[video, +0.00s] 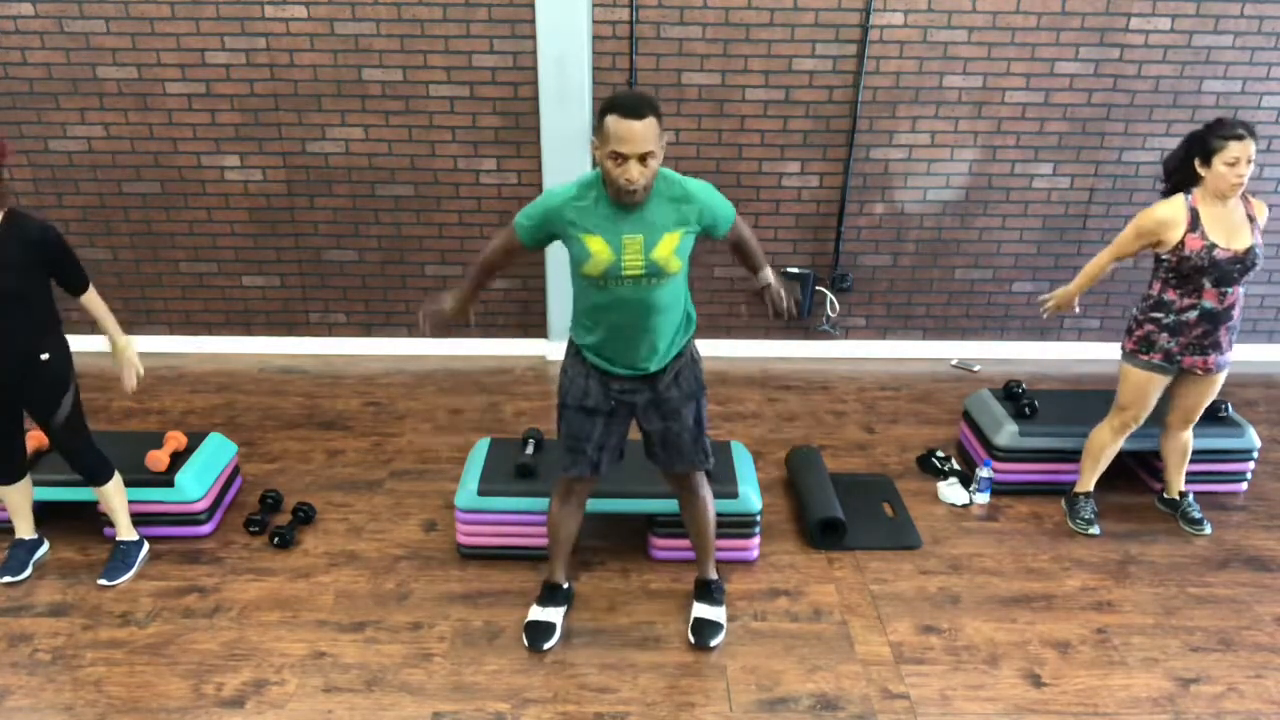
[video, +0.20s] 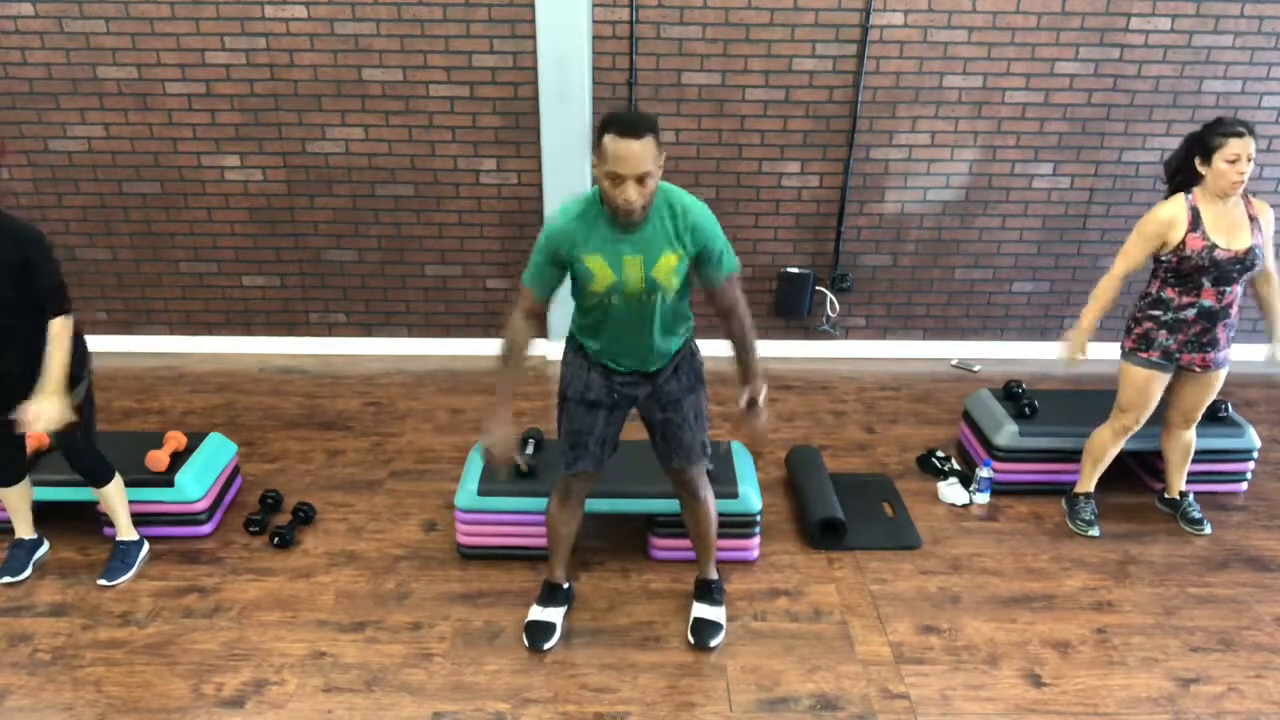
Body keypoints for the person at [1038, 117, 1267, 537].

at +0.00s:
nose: (1244, 173)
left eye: (1249, 163)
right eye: (1233, 164)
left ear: (1253, 164)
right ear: (1203, 166)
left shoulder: (1255, 211)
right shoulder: (1168, 215)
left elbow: (1227, 266)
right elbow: (1109, 257)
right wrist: (1070, 293)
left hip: (1213, 341)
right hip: (1160, 336)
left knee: (1183, 424)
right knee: (1124, 420)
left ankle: (1175, 494)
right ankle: (1081, 493)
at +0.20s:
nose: (1243, 170)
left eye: (1248, 161)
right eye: (1233, 161)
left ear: (1253, 164)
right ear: (1203, 164)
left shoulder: (1257, 214)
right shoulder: (1171, 215)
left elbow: (1265, 279)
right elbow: (1117, 273)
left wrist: (1277, 333)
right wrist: (1082, 329)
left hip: (1213, 339)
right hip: (1159, 333)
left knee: (1185, 423)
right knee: (1126, 421)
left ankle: (1175, 494)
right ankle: (1081, 493)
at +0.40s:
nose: (1246, 173)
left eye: (1251, 164)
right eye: (1235, 164)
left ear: (1257, 169)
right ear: (1205, 170)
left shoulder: (1262, 218)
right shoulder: (1176, 214)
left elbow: (1278, 271)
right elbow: (1128, 279)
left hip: (1201, 326)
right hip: (1145, 319)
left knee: (1186, 419)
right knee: (1118, 417)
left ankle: (1175, 494)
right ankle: (1075, 493)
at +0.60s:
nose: (1246, 221)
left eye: (1251, 211)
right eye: (1235, 211)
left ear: (1256, 215)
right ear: (1204, 216)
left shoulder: (1253, 255)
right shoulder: (1175, 250)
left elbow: (1277, 305)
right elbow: (1154, 319)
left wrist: (1270, 276)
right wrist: (1221, 287)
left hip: (1173, 337)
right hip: (1120, 329)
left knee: (1198, 419)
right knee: (1109, 419)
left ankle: (1173, 492)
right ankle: (1073, 493)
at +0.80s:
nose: (1236, 279)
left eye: (1241, 268)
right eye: (1225, 268)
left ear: (1247, 270)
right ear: (1194, 270)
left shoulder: (1239, 308)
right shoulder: (1162, 295)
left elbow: (1268, 375)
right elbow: (1151, 367)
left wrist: (1259, 336)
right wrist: (1215, 329)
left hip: (1167, 356)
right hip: (1109, 349)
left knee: (1209, 429)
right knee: (1106, 428)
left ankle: (1174, 493)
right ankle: (1073, 494)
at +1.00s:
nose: (1227, 311)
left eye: (1234, 299)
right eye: (1217, 299)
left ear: (1239, 299)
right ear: (1188, 295)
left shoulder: (1231, 329)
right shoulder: (1155, 318)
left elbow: (1262, 399)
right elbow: (1142, 391)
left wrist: (1252, 364)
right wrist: (1204, 357)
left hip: (1162, 372)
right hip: (1104, 363)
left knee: (1214, 432)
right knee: (1105, 431)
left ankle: (1175, 493)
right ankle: (1073, 494)